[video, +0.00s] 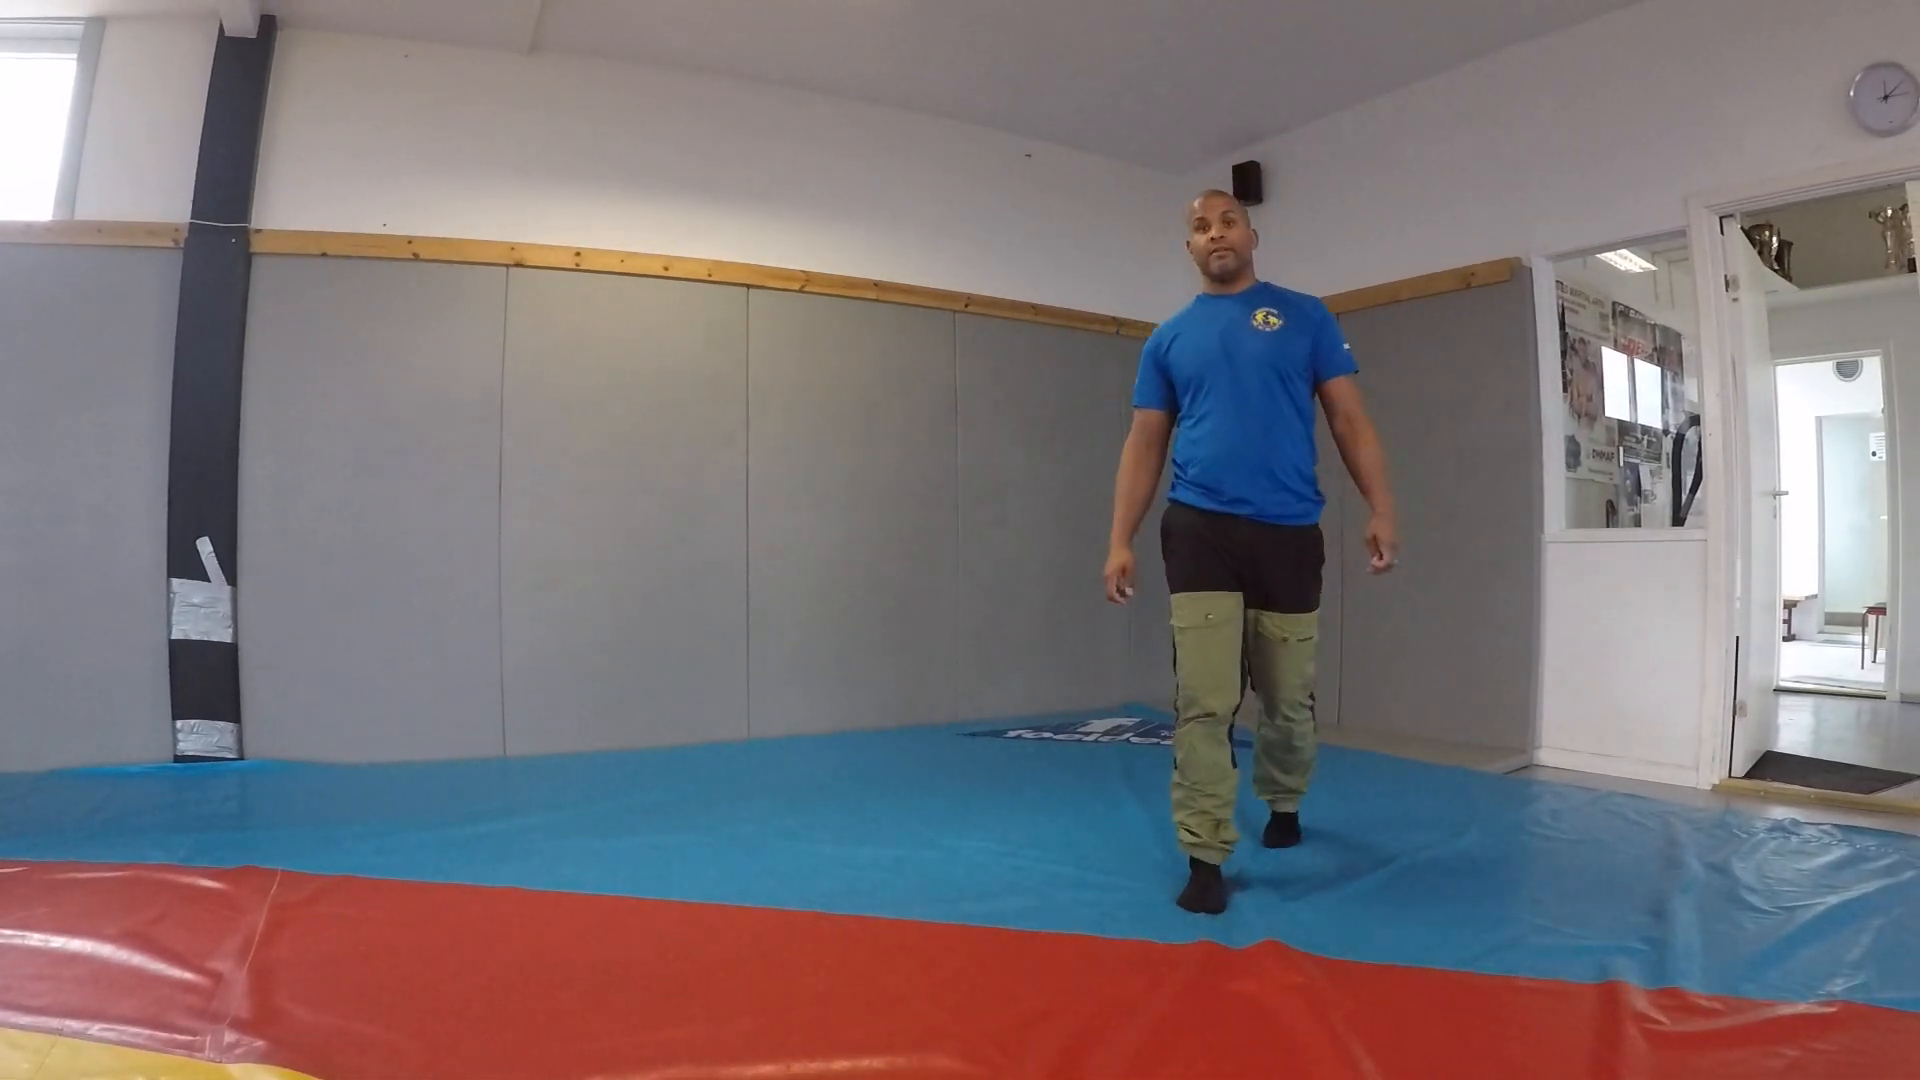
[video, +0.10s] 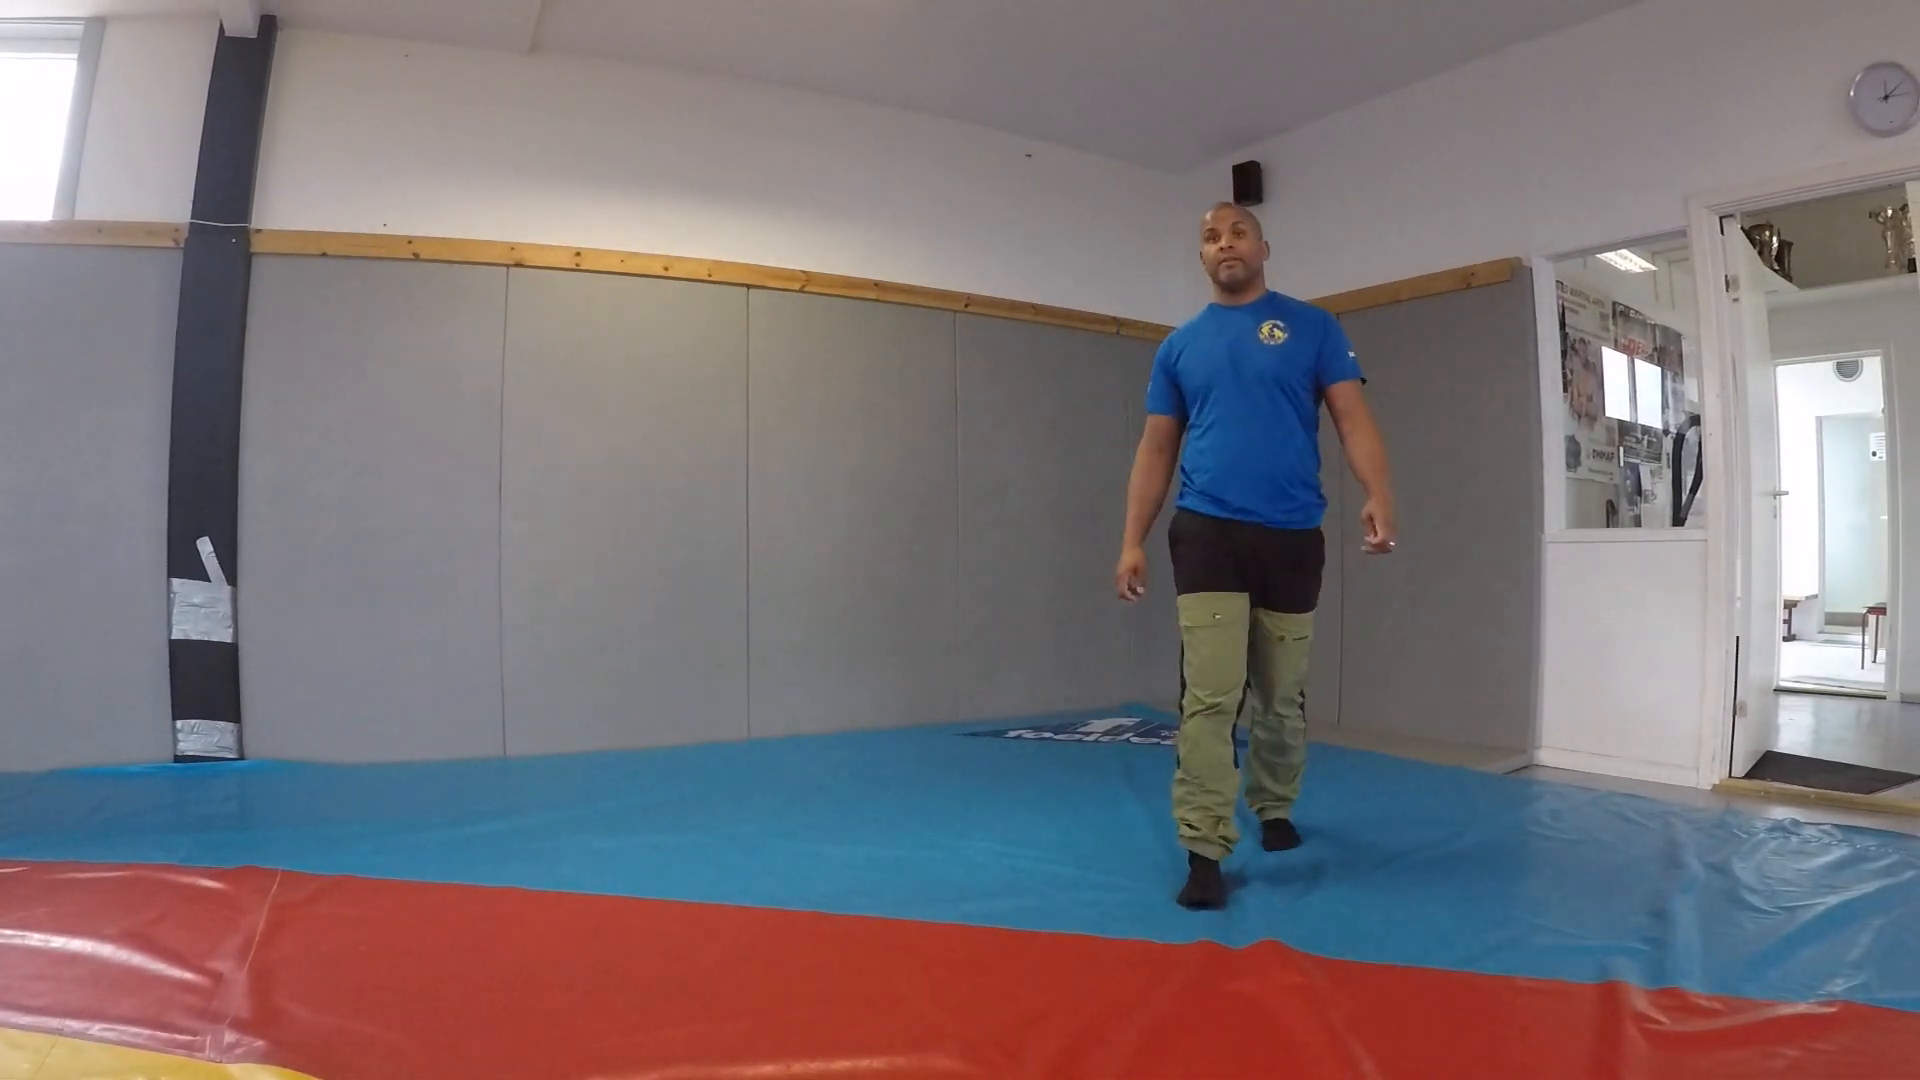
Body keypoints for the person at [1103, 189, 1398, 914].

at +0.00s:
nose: (1217, 235)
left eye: (1228, 222)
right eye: (1203, 228)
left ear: (1253, 236)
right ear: (1189, 250)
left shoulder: (1305, 317)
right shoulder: (1168, 339)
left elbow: (1348, 416)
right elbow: (1145, 445)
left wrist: (1380, 507)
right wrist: (1120, 541)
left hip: (1288, 530)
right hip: (1200, 529)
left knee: (1288, 696)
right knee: (1205, 699)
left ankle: (1284, 799)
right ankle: (1204, 856)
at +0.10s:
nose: (1225, 246)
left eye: (1238, 234)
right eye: (1213, 238)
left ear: (1265, 250)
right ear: (1201, 258)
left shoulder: (1312, 328)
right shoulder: (1180, 345)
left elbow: (1353, 419)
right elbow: (1156, 451)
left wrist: (1379, 495)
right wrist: (1132, 542)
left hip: (1291, 533)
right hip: (1206, 531)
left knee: (1281, 693)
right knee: (1212, 692)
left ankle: (1274, 807)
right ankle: (1204, 849)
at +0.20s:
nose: (1235, 253)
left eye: (1249, 242)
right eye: (1224, 246)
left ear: (1276, 259)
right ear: (1213, 268)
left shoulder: (1317, 338)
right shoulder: (1188, 348)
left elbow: (1353, 419)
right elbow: (1166, 450)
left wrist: (1365, 489)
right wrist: (1149, 539)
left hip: (1294, 536)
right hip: (1212, 535)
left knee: (1283, 692)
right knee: (1215, 688)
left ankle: (1273, 813)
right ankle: (1203, 838)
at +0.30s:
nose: (1242, 255)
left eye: (1256, 245)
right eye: (1232, 247)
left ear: (1282, 261)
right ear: (1220, 266)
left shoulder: (1317, 340)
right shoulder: (1192, 345)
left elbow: (1346, 428)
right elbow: (1170, 444)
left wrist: (1348, 497)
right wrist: (1163, 532)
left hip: (1292, 532)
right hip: (1210, 529)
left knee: (1281, 687)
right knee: (1210, 678)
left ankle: (1273, 810)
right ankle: (1200, 826)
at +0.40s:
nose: (1244, 255)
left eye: (1257, 245)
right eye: (1234, 247)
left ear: (1283, 261)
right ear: (1222, 265)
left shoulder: (1317, 339)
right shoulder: (1194, 342)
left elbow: (1339, 438)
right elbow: (1172, 440)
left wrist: (1333, 515)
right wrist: (1163, 524)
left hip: (1287, 528)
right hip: (1206, 524)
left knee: (1278, 683)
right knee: (1198, 670)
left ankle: (1273, 809)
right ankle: (1190, 808)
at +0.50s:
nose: (1241, 259)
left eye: (1254, 250)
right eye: (1231, 251)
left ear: (1279, 267)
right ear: (1220, 268)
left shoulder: (1313, 344)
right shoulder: (1191, 344)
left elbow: (1333, 445)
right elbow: (1167, 439)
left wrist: (1330, 535)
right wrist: (1155, 524)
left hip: (1282, 531)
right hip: (1200, 528)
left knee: (1278, 684)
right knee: (1182, 666)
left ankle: (1273, 809)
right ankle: (1178, 784)